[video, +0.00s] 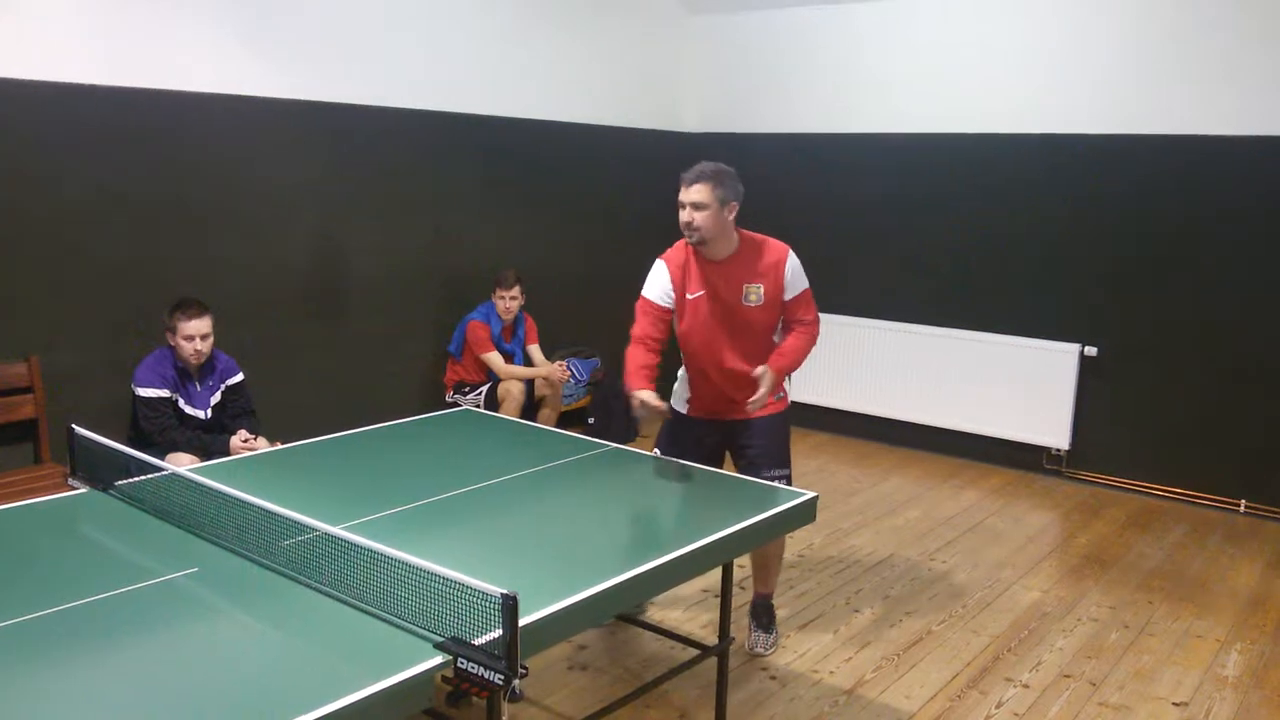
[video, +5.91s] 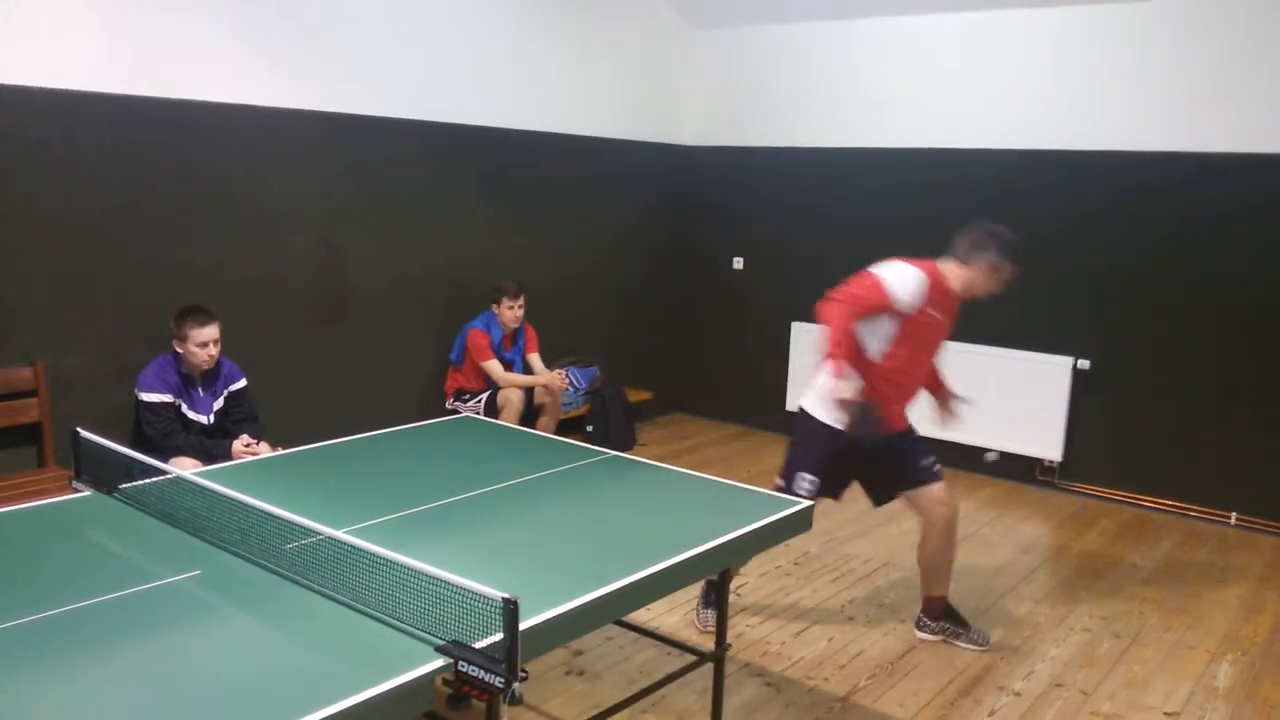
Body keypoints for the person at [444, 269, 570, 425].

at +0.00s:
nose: (507, 305)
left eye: (513, 299)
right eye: (501, 298)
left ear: (522, 300)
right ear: (493, 298)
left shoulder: (525, 322)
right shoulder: (477, 324)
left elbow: (540, 361)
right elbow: (502, 372)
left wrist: (554, 371)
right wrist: (546, 372)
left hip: (498, 386)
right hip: (462, 392)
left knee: (553, 385)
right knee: (515, 389)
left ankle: (541, 449)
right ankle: (501, 448)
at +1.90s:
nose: (503, 316)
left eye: (509, 310)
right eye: (498, 309)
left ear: (517, 311)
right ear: (489, 309)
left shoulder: (520, 333)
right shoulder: (471, 335)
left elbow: (534, 371)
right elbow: (496, 382)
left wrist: (548, 382)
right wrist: (541, 383)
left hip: (493, 397)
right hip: (457, 402)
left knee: (548, 397)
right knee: (509, 400)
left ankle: (535, 458)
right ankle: (497, 458)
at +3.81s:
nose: (511, 308)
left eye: (516, 302)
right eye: (505, 302)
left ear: (525, 304)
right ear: (496, 302)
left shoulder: (529, 326)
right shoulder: (480, 328)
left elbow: (543, 365)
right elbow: (505, 375)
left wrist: (557, 374)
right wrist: (548, 376)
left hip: (503, 386)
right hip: (468, 394)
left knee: (556, 390)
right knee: (517, 392)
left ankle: (544, 449)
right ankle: (505, 449)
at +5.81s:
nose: (517, 314)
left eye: (521, 307)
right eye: (510, 308)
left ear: (525, 308)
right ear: (496, 309)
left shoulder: (527, 331)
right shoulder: (478, 332)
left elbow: (541, 370)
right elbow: (502, 379)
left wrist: (554, 379)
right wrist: (547, 380)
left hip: (499, 392)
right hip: (464, 399)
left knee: (553, 394)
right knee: (515, 396)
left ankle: (541, 454)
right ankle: (502, 454)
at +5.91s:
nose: (517, 314)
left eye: (520, 307)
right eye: (510, 308)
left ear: (525, 307)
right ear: (495, 309)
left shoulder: (525, 331)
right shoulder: (477, 333)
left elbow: (540, 370)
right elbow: (501, 379)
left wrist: (553, 379)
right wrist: (546, 380)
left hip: (499, 393)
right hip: (463, 399)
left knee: (552, 394)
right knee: (514, 396)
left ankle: (540, 454)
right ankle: (502, 454)